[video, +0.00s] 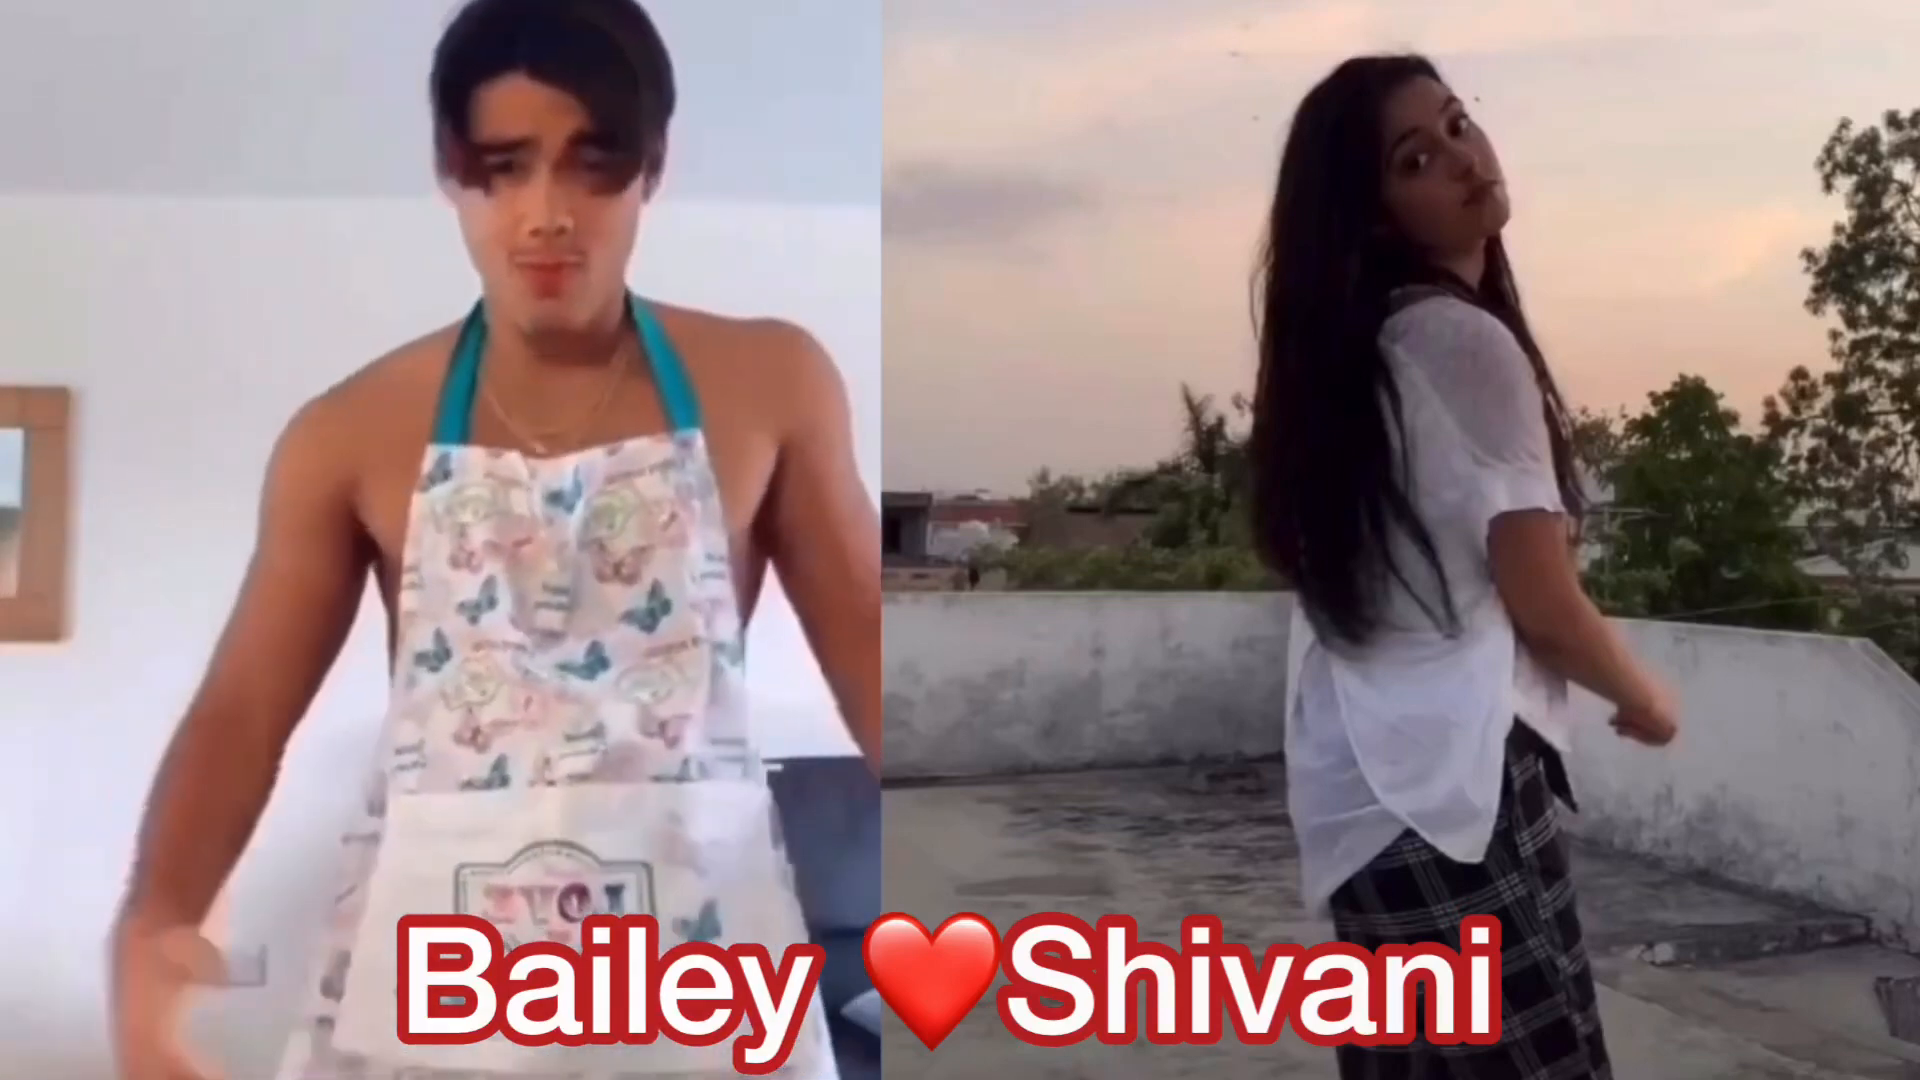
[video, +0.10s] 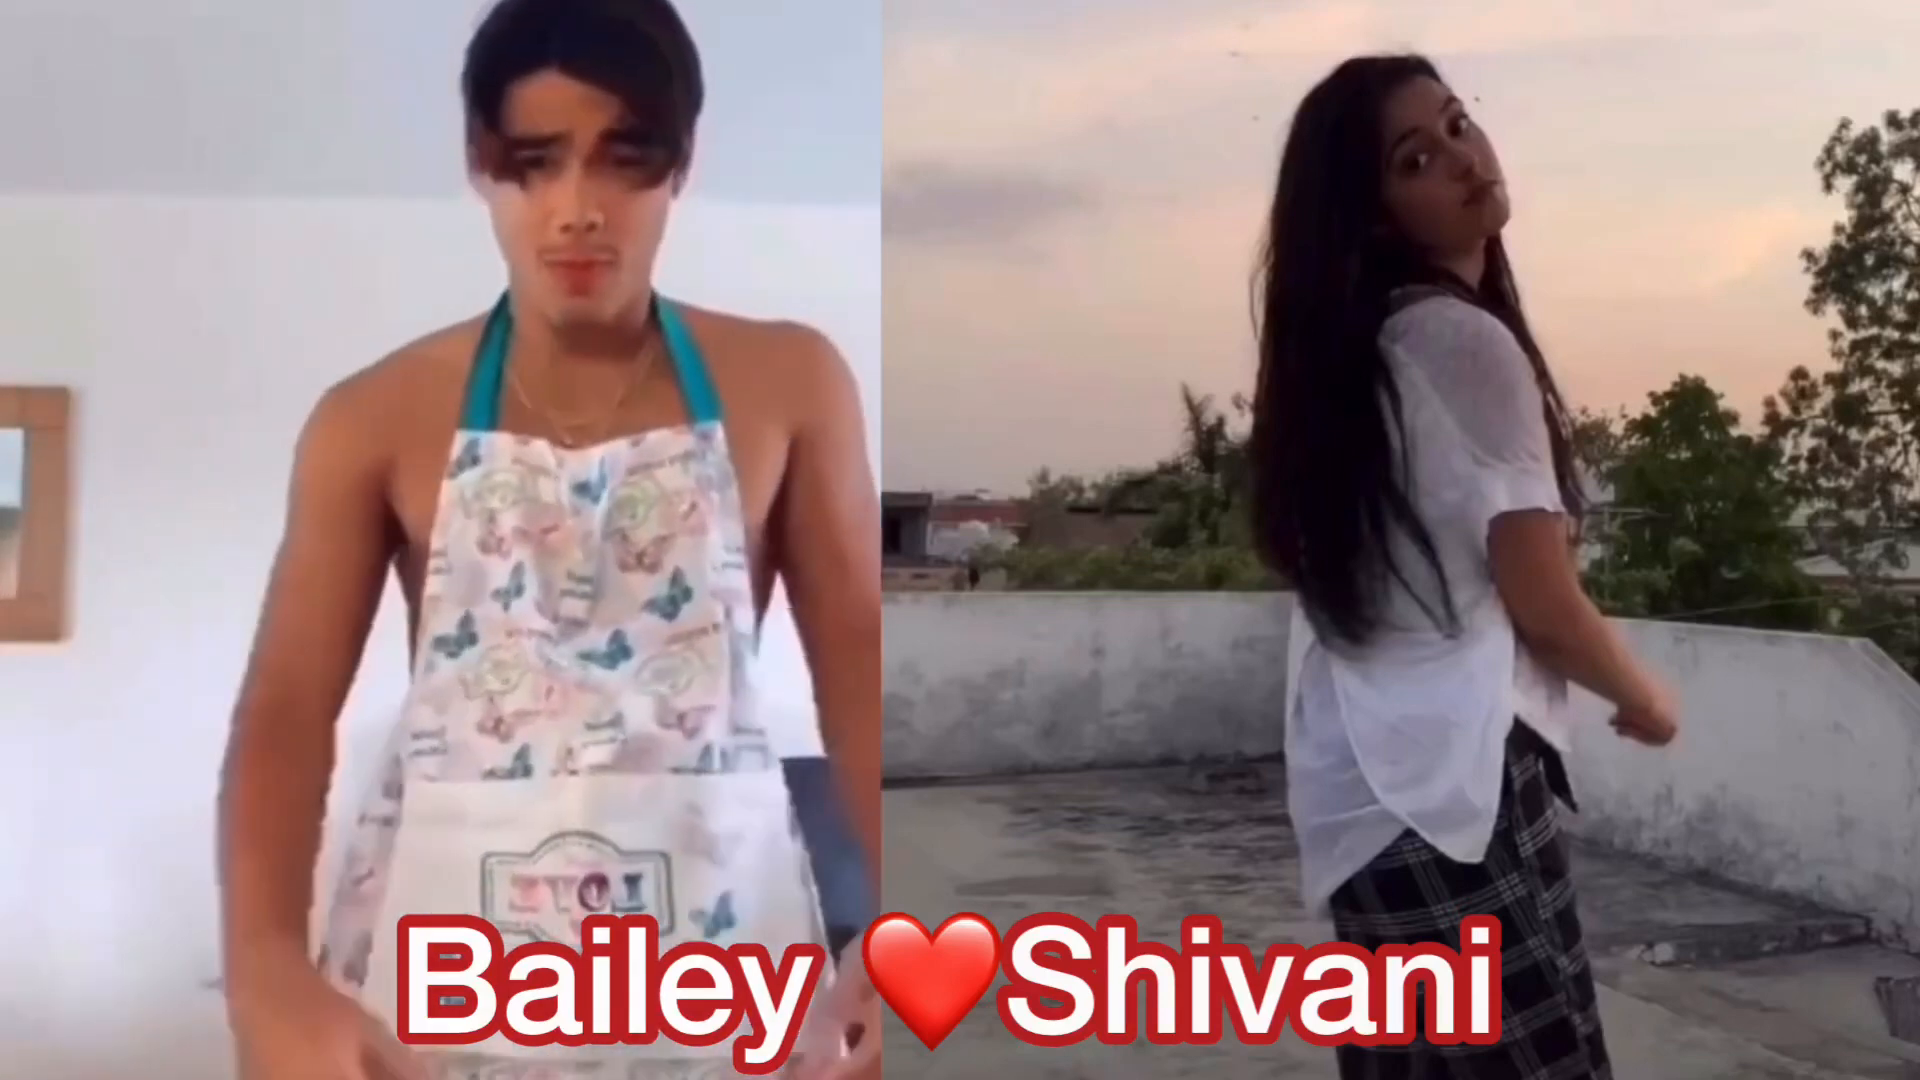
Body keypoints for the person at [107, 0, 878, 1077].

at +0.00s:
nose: (546, 214)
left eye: (594, 164)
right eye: (502, 168)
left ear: (652, 173)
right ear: (451, 178)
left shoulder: (771, 387)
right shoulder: (354, 436)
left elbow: (888, 693)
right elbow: (242, 713)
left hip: (701, 933)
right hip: (439, 945)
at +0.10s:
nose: (577, 209)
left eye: (623, 159)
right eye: (531, 163)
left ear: (679, 170)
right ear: (481, 172)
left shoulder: (790, 386)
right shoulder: (377, 420)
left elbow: (851, 689)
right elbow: (285, 715)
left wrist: (867, 937)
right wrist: (268, 968)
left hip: (715, 918)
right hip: (451, 923)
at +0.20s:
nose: (586, 230)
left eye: (632, 182)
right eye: (540, 185)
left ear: (686, 196)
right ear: (489, 197)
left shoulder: (782, 422)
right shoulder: (376, 434)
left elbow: (839, 714)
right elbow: (313, 742)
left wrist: (843, 988)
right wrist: (344, 1017)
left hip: (719, 982)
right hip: (460, 984)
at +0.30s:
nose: (572, 253)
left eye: (618, 206)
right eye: (529, 208)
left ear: (668, 224)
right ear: (477, 220)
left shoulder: (757, 452)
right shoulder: (359, 455)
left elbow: (824, 736)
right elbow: (307, 769)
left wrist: (835, 1020)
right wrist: (362, 1039)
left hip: (706, 1018)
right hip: (448, 1016)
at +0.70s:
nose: (523, 279)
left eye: (567, 237)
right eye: (482, 234)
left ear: (615, 252)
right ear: (429, 242)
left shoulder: (712, 460)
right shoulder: (310, 472)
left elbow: (800, 686)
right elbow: (265, 768)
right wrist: (311, 1040)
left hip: (659, 1014)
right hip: (394, 1013)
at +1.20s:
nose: (535, 250)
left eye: (582, 207)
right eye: (493, 203)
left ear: (633, 223)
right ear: (441, 212)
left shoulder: (727, 436)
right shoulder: (320, 447)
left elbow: (923, 627)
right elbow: (263, 740)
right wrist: (259, 989)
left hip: (670, 980)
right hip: (402, 988)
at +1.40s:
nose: (530, 274)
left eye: (576, 228)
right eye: (486, 227)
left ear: (632, 242)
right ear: (436, 235)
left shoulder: (721, 461)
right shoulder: (310, 471)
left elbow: (869, 745)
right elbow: (256, 800)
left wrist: (863, 478)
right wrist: (184, 1060)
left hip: (651, 1007)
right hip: (377, 1005)